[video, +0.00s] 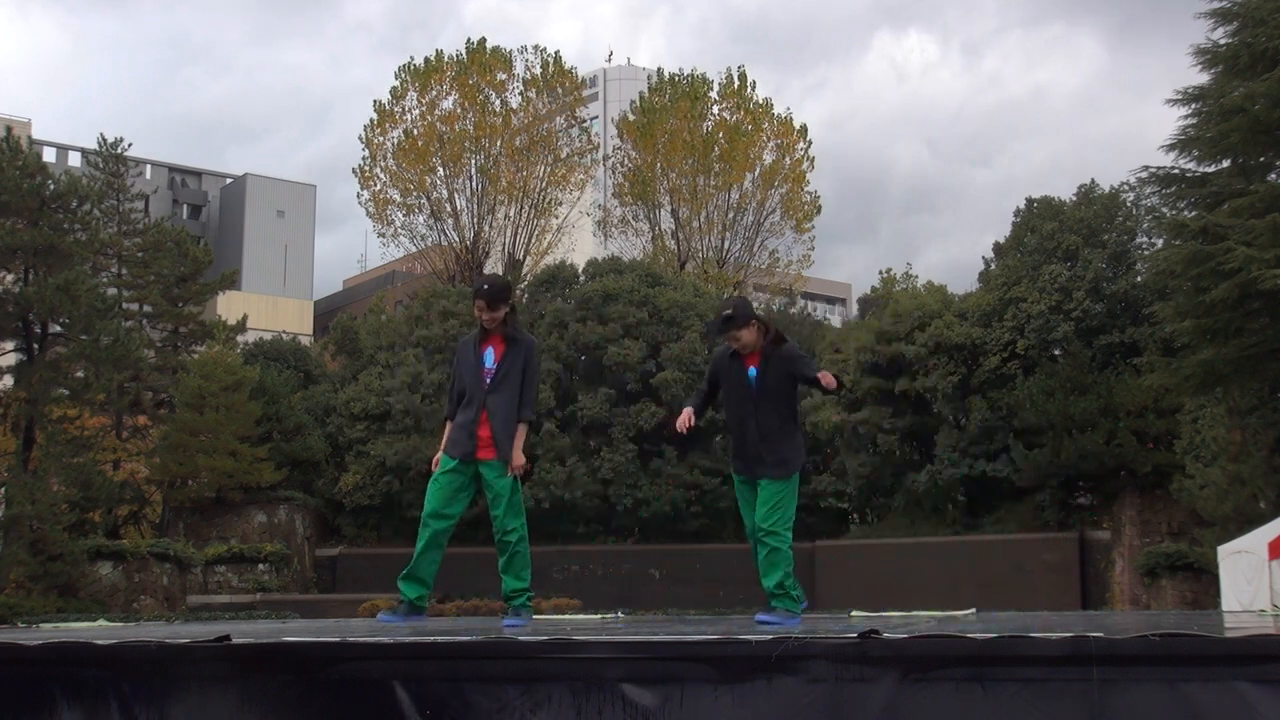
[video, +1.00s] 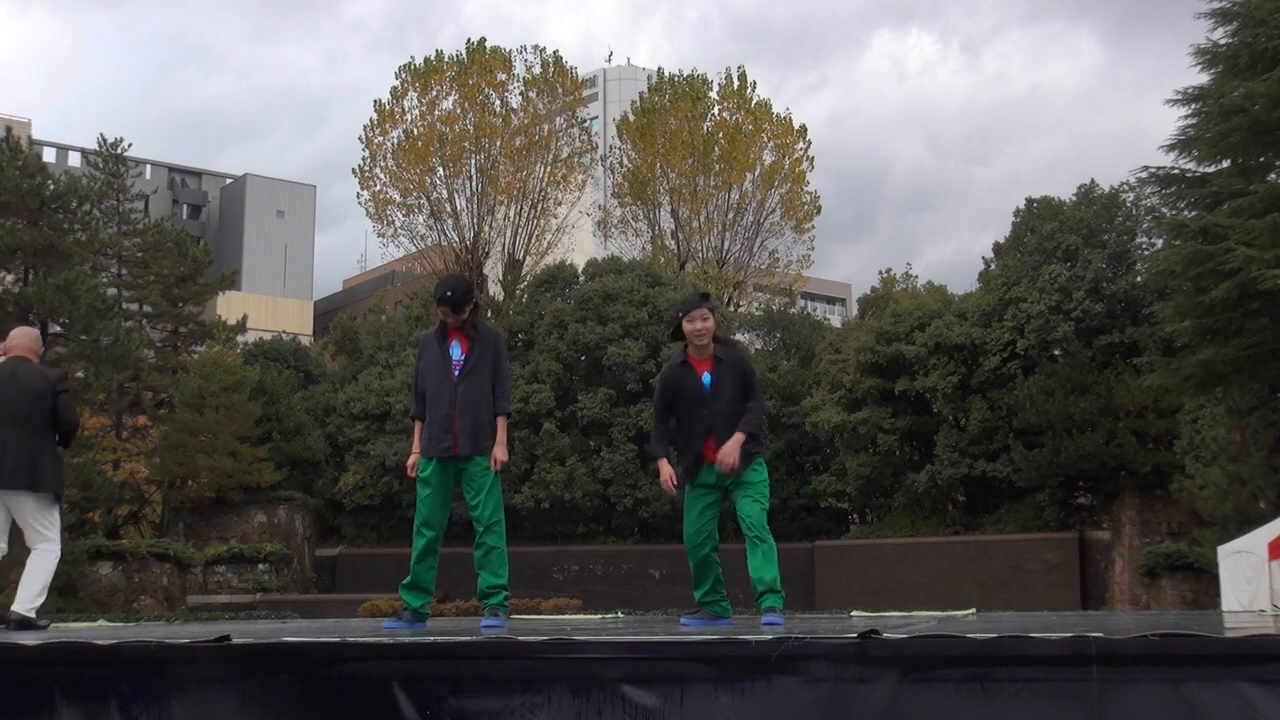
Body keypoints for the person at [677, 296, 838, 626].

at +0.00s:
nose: (732, 342)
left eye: (737, 334)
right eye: (727, 336)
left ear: (754, 326)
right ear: (725, 335)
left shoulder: (782, 353)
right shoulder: (724, 359)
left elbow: (807, 373)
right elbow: (706, 393)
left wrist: (824, 381)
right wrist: (690, 408)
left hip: (780, 459)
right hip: (744, 460)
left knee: (770, 528)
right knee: (756, 531)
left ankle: (785, 605)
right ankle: (786, 598)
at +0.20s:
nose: (731, 339)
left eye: (735, 332)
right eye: (727, 334)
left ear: (754, 324)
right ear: (725, 332)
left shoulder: (785, 356)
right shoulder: (724, 357)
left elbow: (811, 397)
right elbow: (711, 393)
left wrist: (798, 398)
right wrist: (699, 411)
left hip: (773, 460)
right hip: (735, 458)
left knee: (769, 529)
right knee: (729, 522)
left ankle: (784, 605)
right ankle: (789, 527)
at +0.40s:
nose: (706, 353)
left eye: (709, 345)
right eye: (701, 348)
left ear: (728, 335)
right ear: (699, 346)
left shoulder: (762, 365)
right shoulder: (707, 370)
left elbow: (783, 411)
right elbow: (703, 407)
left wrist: (756, 436)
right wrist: (698, 434)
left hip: (764, 465)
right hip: (723, 465)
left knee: (768, 532)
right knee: (707, 530)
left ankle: (785, 607)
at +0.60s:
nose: (664, 357)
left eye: (666, 350)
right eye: (661, 352)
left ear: (684, 341)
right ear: (680, 345)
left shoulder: (722, 370)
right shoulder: (689, 375)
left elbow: (746, 410)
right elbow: (697, 418)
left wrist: (717, 439)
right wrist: (690, 449)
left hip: (754, 462)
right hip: (719, 465)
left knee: (759, 534)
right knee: (714, 535)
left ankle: (791, 590)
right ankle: (715, 605)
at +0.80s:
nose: (658, 346)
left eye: (662, 338)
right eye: (657, 339)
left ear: (683, 333)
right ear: (678, 336)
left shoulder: (717, 363)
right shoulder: (684, 374)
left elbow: (740, 408)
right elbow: (688, 423)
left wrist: (709, 441)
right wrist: (671, 452)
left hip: (743, 461)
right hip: (708, 465)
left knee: (740, 535)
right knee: (700, 535)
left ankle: (791, 511)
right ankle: (716, 608)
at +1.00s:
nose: (699, 326)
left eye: (705, 318)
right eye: (692, 321)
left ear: (714, 322)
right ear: (682, 328)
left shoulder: (736, 359)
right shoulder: (672, 373)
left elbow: (756, 406)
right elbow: (661, 423)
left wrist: (737, 440)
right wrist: (662, 460)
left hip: (745, 463)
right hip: (699, 469)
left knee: (754, 524)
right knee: (696, 538)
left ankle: (770, 604)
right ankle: (714, 608)